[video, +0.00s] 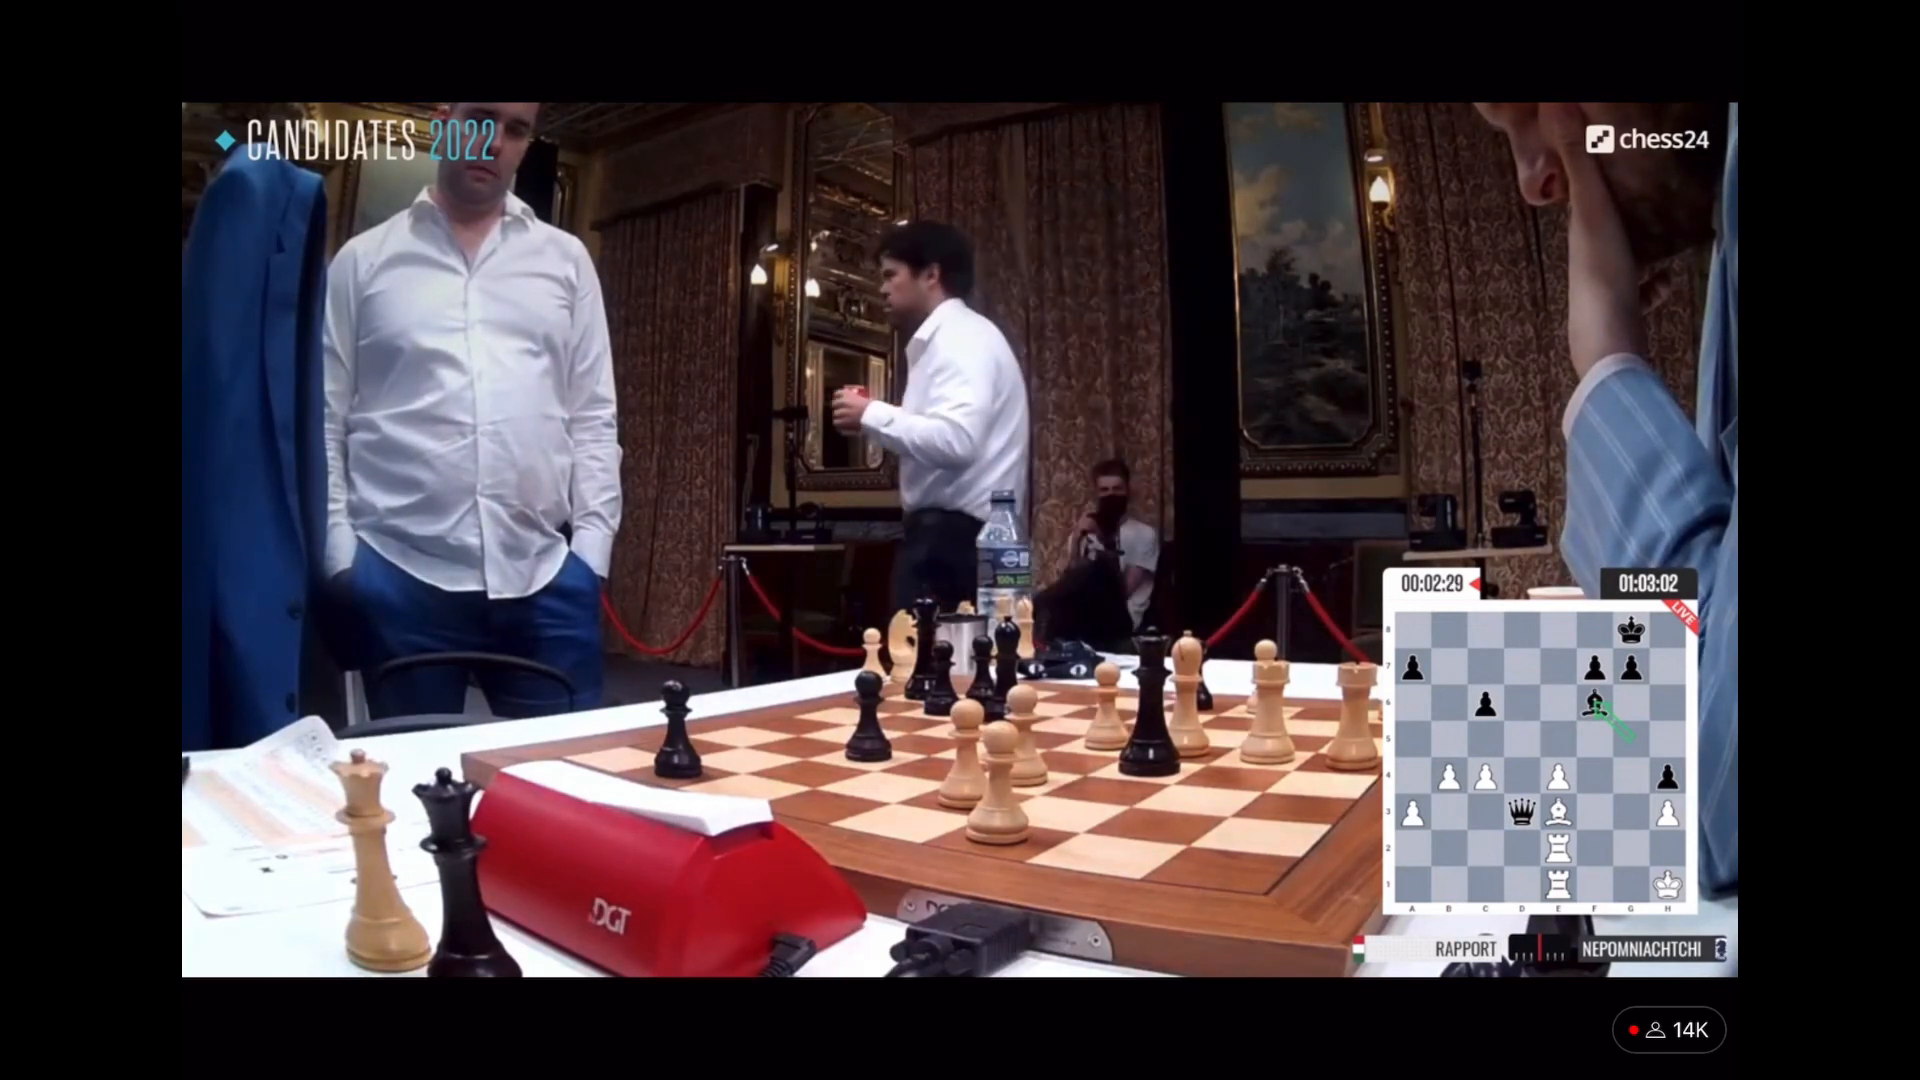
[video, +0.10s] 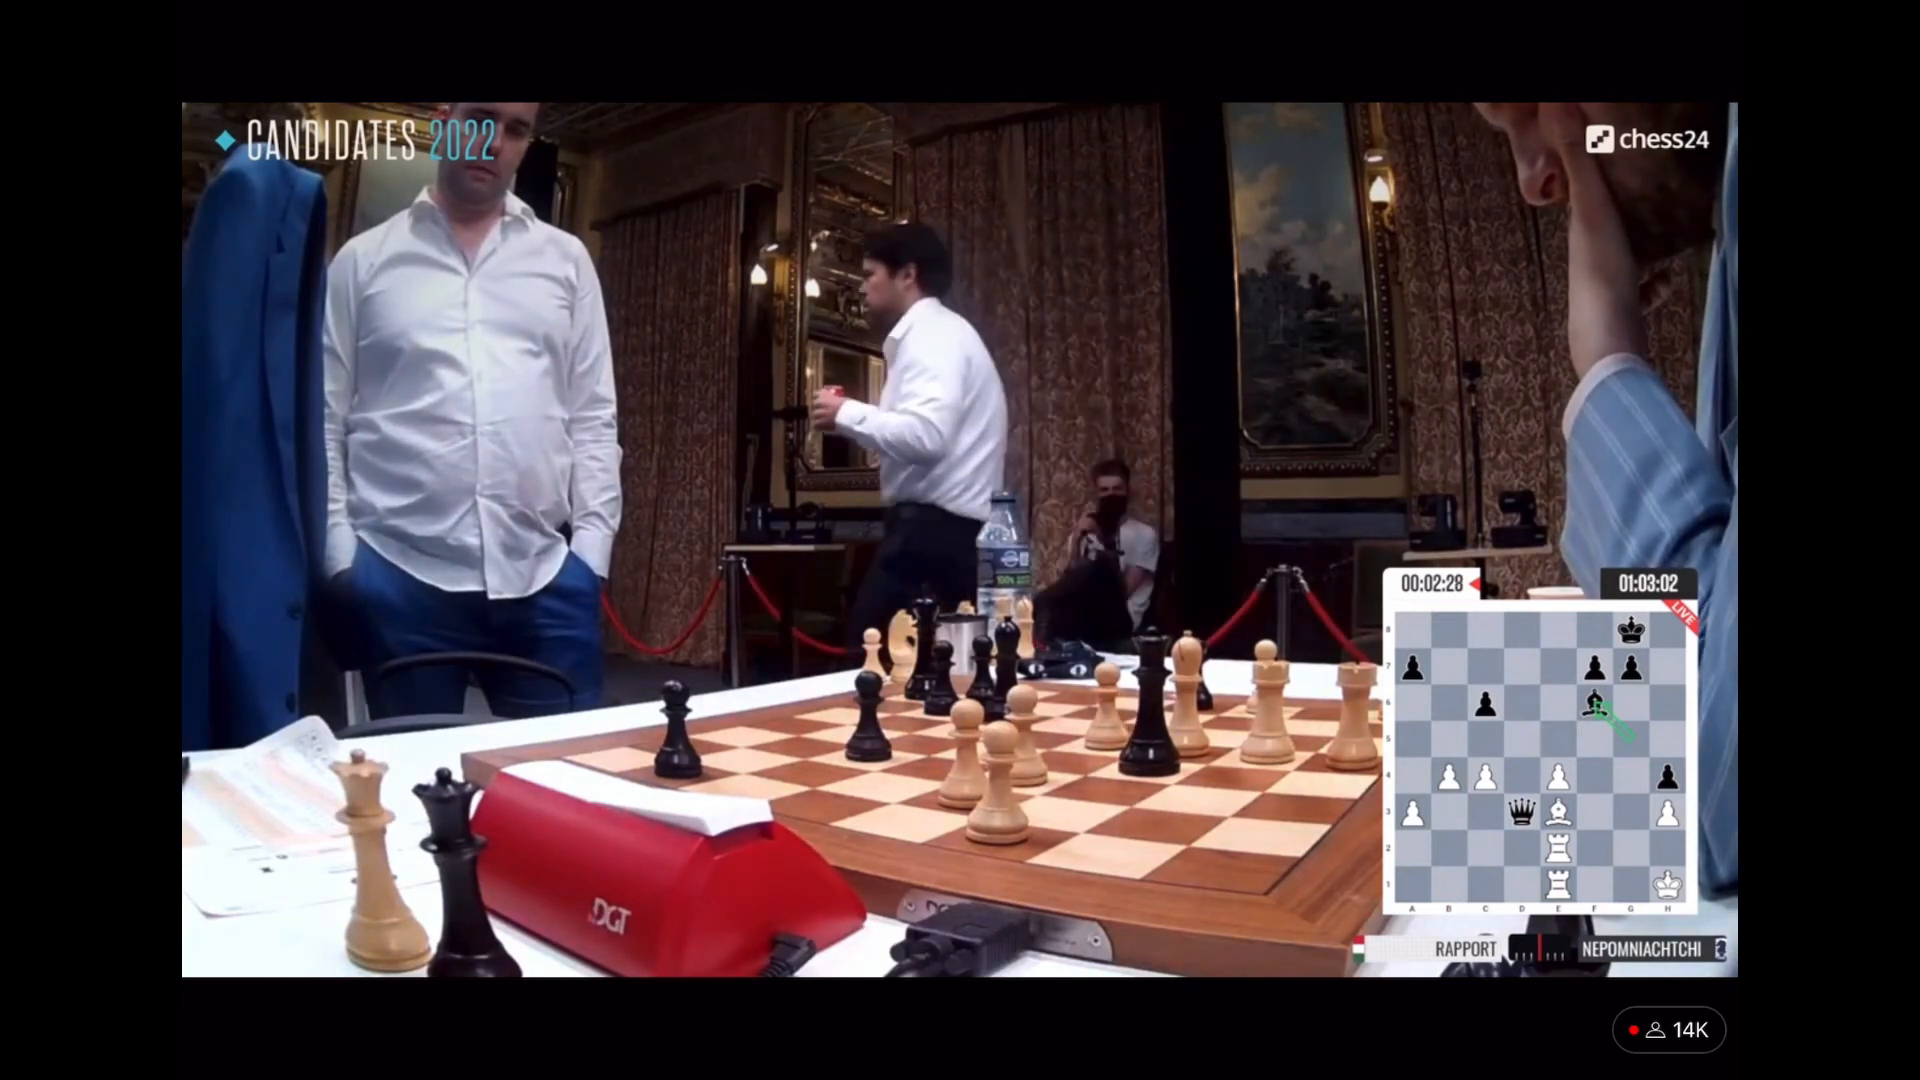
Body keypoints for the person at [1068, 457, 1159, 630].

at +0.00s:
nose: (1110, 495)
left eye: (1117, 489)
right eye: (1104, 490)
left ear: (1127, 491)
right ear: (1096, 493)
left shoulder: (1144, 535)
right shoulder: (1083, 535)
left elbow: (1126, 589)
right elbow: (1070, 581)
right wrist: (1076, 538)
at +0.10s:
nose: (1110, 495)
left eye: (1117, 489)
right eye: (1104, 490)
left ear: (1127, 491)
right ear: (1096, 493)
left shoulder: (1144, 536)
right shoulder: (1084, 535)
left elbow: (1125, 590)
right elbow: (1072, 582)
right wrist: (1076, 539)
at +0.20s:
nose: (1110, 495)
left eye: (1117, 489)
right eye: (1104, 490)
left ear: (1127, 491)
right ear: (1095, 493)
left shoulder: (1144, 536)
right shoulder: (1083, 535)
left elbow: (1126, 590)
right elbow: (1071, 582)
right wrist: (1076, 539)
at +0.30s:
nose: (1110, 495)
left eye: (1117, 489)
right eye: (1104, 490)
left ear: (1127, 491)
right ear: (1095, 493)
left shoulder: (1144, 536)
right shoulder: (1084, 535)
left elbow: (1126, 590)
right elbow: (1071, 582)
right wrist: (1076, 539)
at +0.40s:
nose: (1110, 496)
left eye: (1117, 489)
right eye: (1104, 490)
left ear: (1127, 491)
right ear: (1096, 493)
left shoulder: (1144, 536)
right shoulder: (1084, 535)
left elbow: (1126, 590)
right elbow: (1071, 582)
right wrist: (1075, 540)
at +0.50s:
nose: (1110, 496)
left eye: (1117, 489)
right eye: (1104, 490)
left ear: (1127, 491)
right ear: (1096, 493)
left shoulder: (1144, 536)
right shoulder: (1083, 535)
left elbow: (1125, 590)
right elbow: (1071, 583)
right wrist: (1076, 540)